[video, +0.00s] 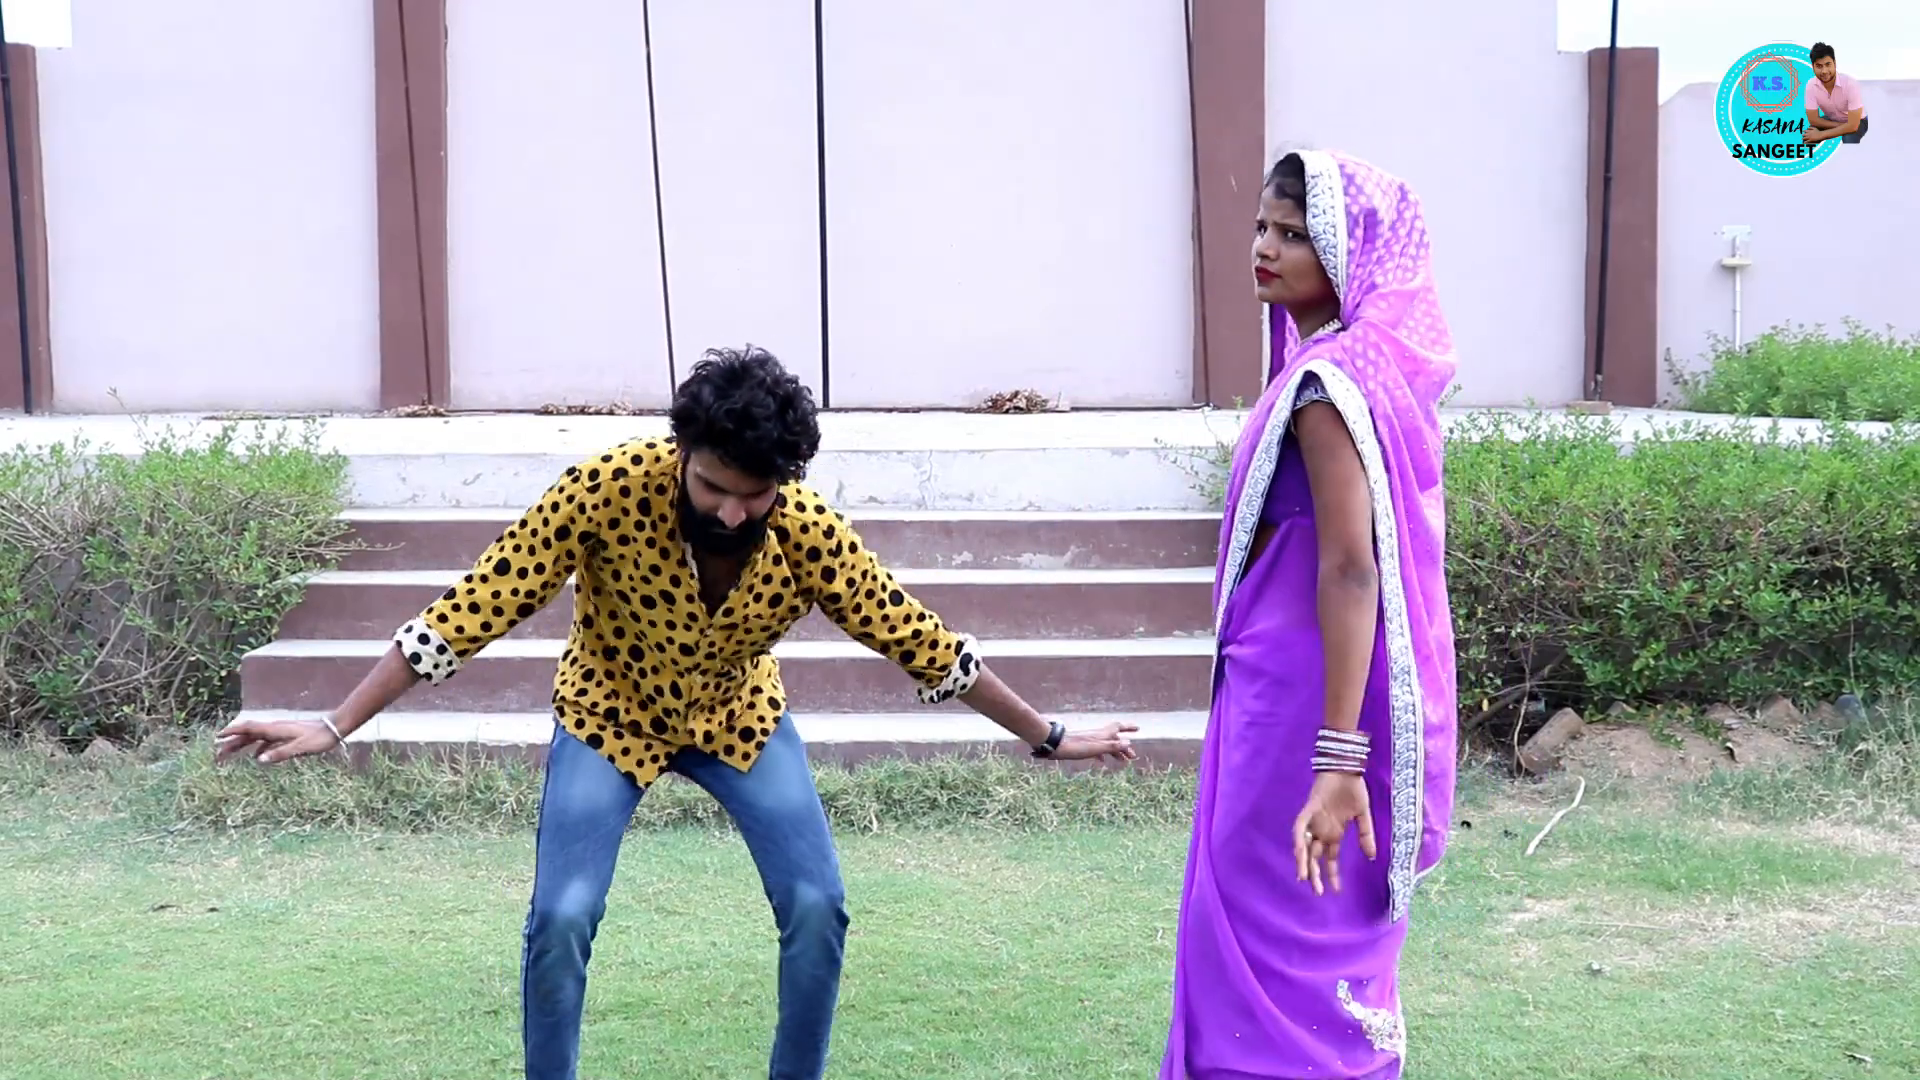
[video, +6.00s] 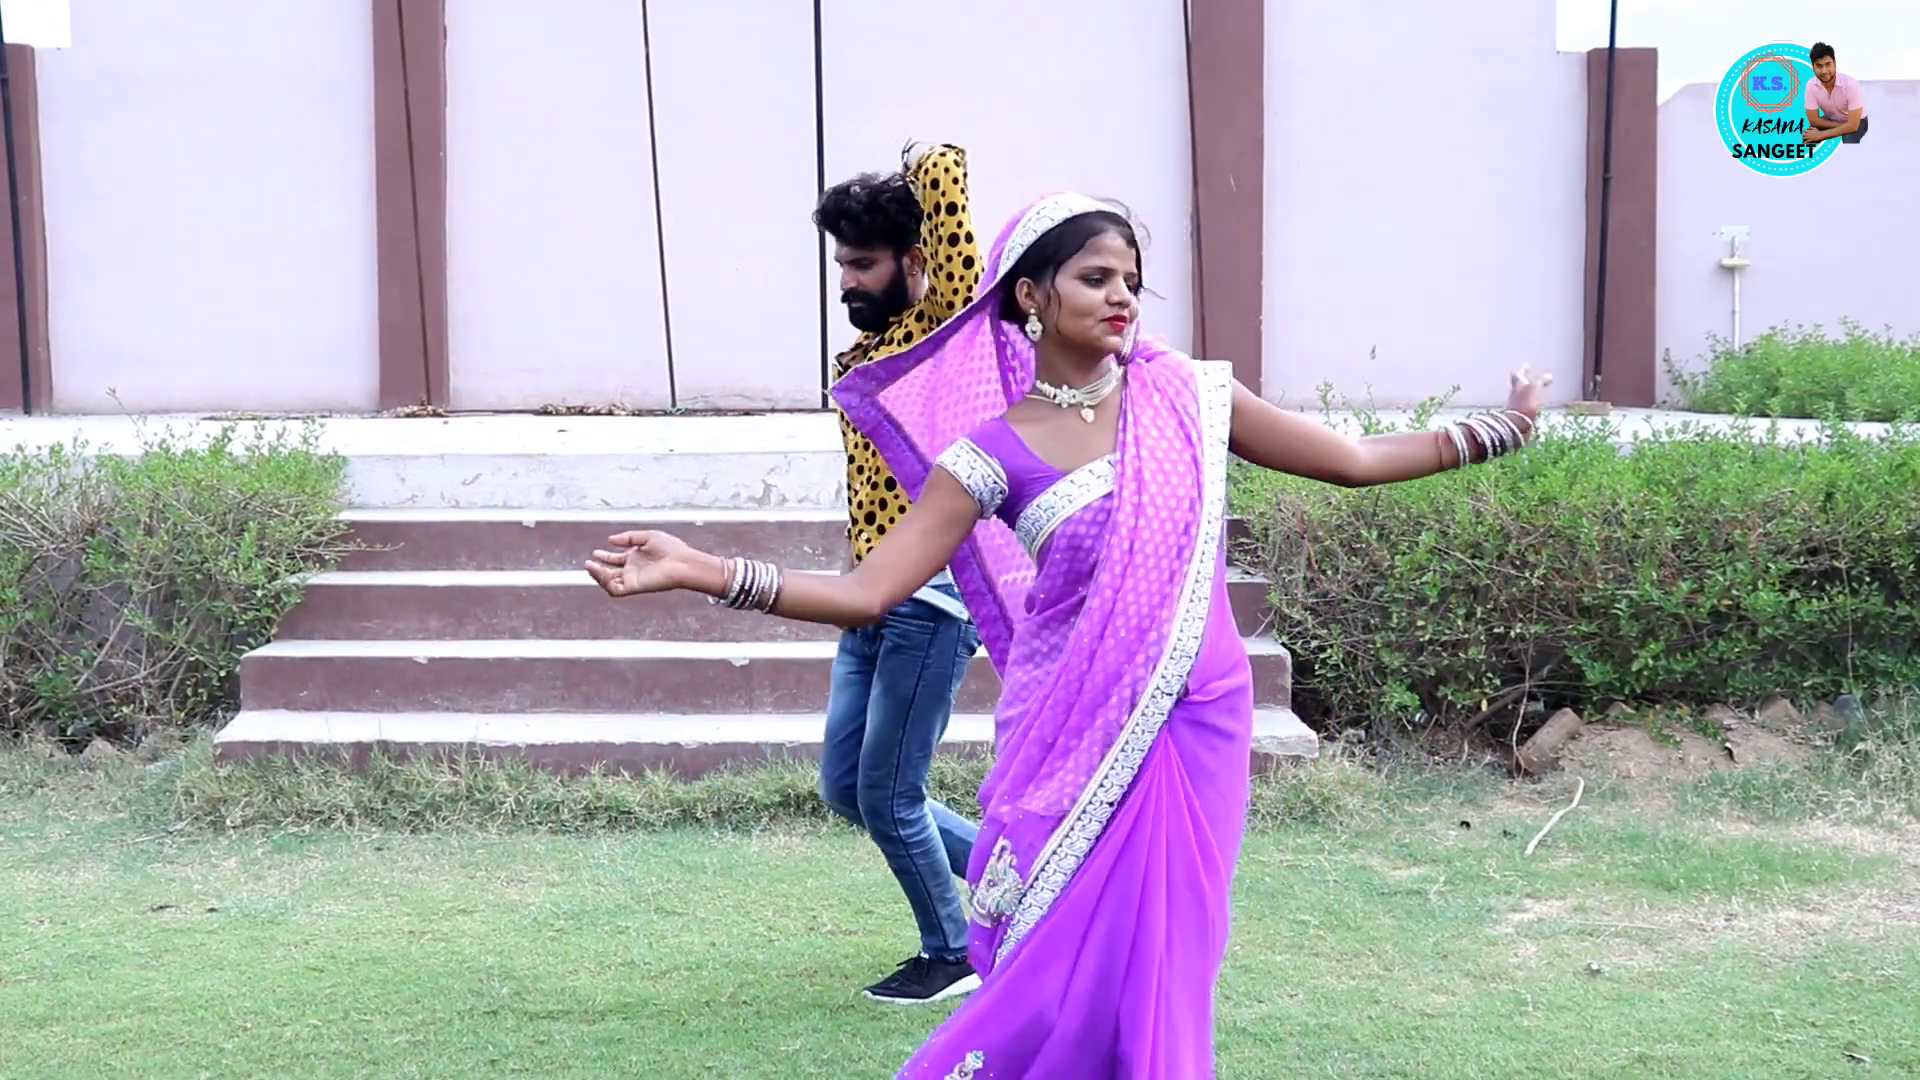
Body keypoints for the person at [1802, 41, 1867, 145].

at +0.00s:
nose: (1824, 71)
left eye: (1828, 65)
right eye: (1819, 66)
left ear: (1835, 64)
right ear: (1813, 67)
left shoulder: (1850, 84)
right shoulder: (1812, 85)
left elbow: (1853, 126)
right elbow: (1813, 120)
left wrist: (1820, 135)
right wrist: (1843, 126)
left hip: (1854, 122)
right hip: (1829, 121)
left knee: (1849, 140)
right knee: (1810, 136)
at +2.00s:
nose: (1824, 71)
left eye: (1828, 65)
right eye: (1819, 66)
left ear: (1835, 64)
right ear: (1813, 67)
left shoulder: (1850, 85)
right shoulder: (1811, 86)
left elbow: (1853, 126)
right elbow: (1813, 120)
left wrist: (1820, 135)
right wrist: (1843, 126)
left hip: (1855, 122)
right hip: (1829, 121)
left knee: (1849, 140)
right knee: (1810, 136)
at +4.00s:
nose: (1824, 71)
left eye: (1828, 65)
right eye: (1819, 66)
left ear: (1835, 63)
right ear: (1813, 67)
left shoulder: (1850, 85)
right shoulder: (1812, 86)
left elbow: (1853, 126)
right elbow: (1813, 120)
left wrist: (1820, 135)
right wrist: (1843, 126)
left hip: (1855, 122)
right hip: (1830, 121)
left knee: (1848, 140)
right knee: (1810, 136)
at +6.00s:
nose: (1824, 71)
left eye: (1828, 65)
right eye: (1819, 66)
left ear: (1835, 63)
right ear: (1813, 67)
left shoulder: (1850, 84)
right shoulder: (1812, 86)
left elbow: (1853, 126)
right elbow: (1813, 120)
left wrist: (1820, 135)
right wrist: (1843, 126)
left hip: (1855, 122)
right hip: (1829, 121)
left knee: (1849, 140)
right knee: (1810, 137)